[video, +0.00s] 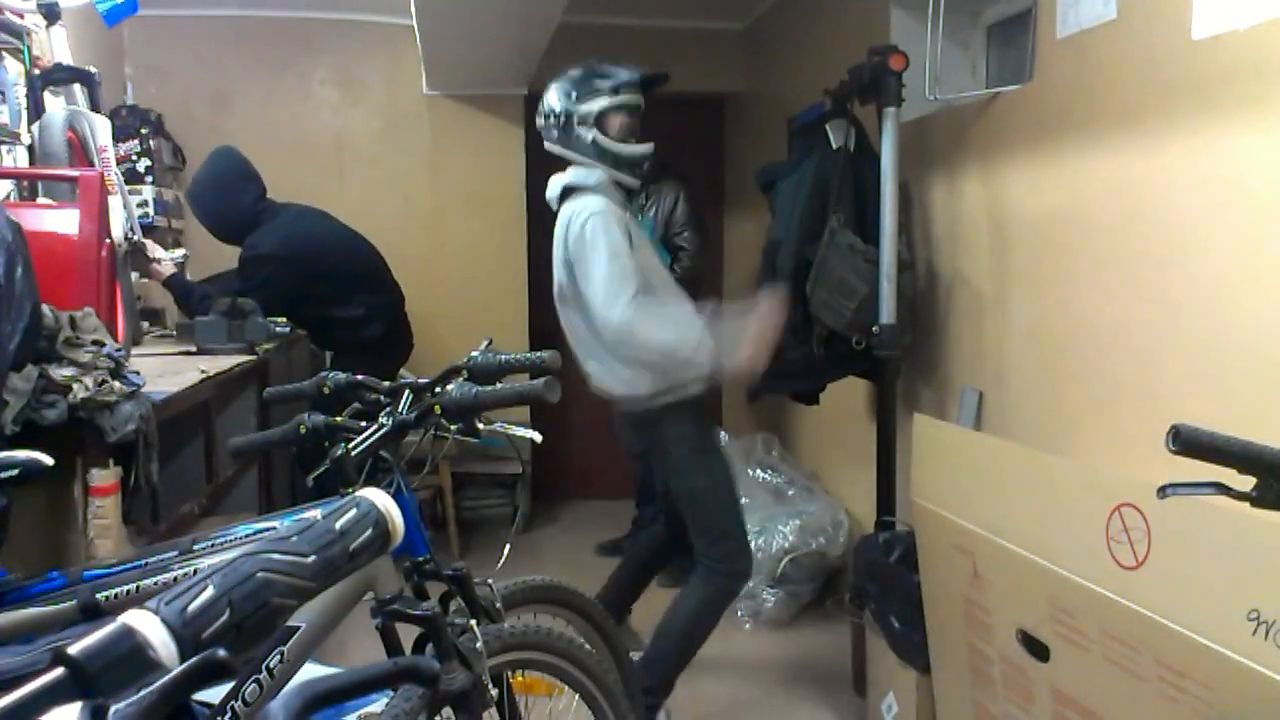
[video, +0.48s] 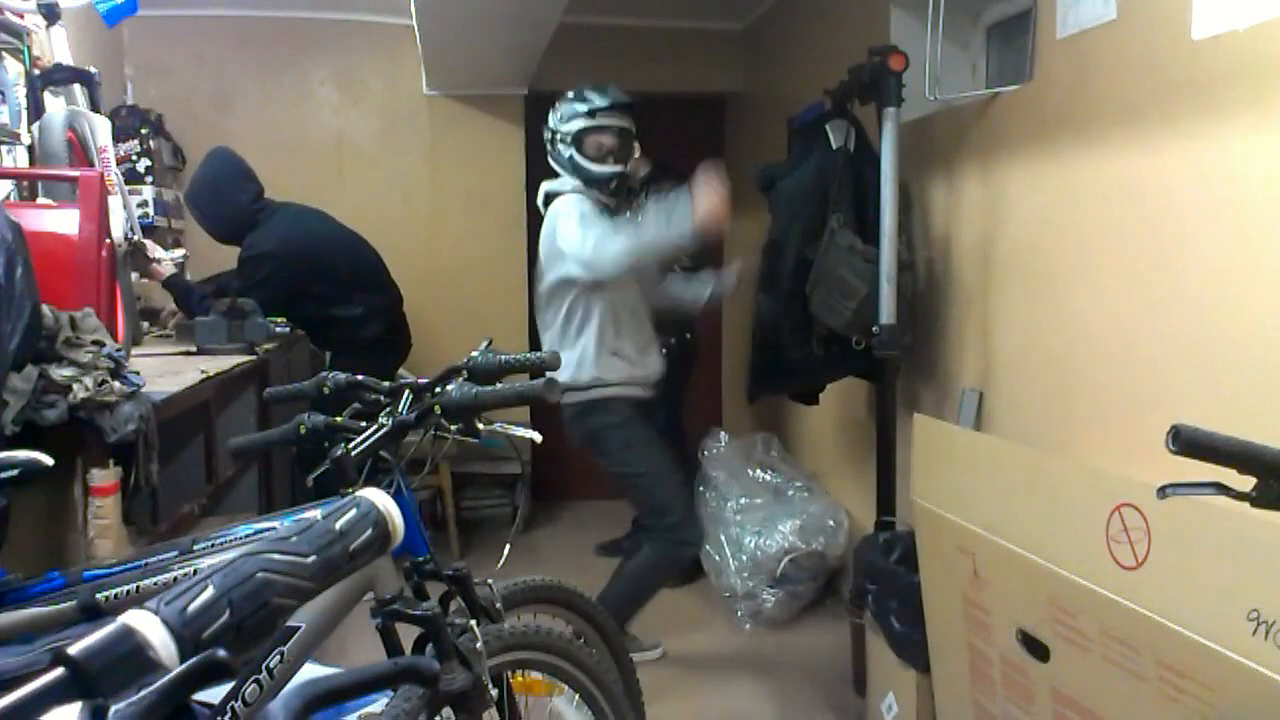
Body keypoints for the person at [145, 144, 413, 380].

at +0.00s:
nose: (209, 225)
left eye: (207, 215)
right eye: (204, 216)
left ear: (222, 210)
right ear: (247, 192)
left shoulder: (266, 253)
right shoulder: (288, 219)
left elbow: (227, 317)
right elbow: (246, 284)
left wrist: (168, 278)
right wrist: (181, 282)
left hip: (369, 350)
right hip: (386, 334)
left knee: (316, 442)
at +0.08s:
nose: (208, 224)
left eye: (206, 215)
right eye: (204, 216)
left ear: (222, 209)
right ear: (247, 192)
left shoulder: (265, 251)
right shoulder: (289, 218)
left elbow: (230, 316)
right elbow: (246, 289)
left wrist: (168, 278)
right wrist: (178, 279)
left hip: (368, 350)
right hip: (386, 334)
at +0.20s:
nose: (207, 225)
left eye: (205, 215)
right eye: (203, 216)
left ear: (222, 209)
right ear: (247, 192)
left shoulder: (265, 251)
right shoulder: (288, 218)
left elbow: (230, 320)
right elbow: (246, 291)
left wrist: (168, 277)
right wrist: (177, 278)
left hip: (367, 351)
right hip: (386, 335)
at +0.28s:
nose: (207, 225)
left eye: (205, 215)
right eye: (202, 217)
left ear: (222, 208)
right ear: (246, 192)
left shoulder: (265, 251)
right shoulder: (287, 219)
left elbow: (229, 319)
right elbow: (244, 287)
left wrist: (168, 278)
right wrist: (178, 279)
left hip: (367, 351)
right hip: (384, 335)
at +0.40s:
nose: (207, 226)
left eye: (205, 216)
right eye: (202, 218)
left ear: (220, 210)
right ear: (245, 192)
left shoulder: (267, 249)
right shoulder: (286, 220)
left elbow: (227, 314)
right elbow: (243, 282)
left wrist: (167, 278)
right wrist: (185, 289)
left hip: (367, 352)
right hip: (384, 335)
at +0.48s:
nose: (207, 226)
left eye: (205, 217)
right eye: (202, 218)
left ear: (220, 210)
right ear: (244, 192)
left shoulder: (267, 249)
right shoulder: (285, 219)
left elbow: (225, 316)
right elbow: (244, 282)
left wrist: (167, 278)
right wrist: (186, 291)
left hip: (366, 353)